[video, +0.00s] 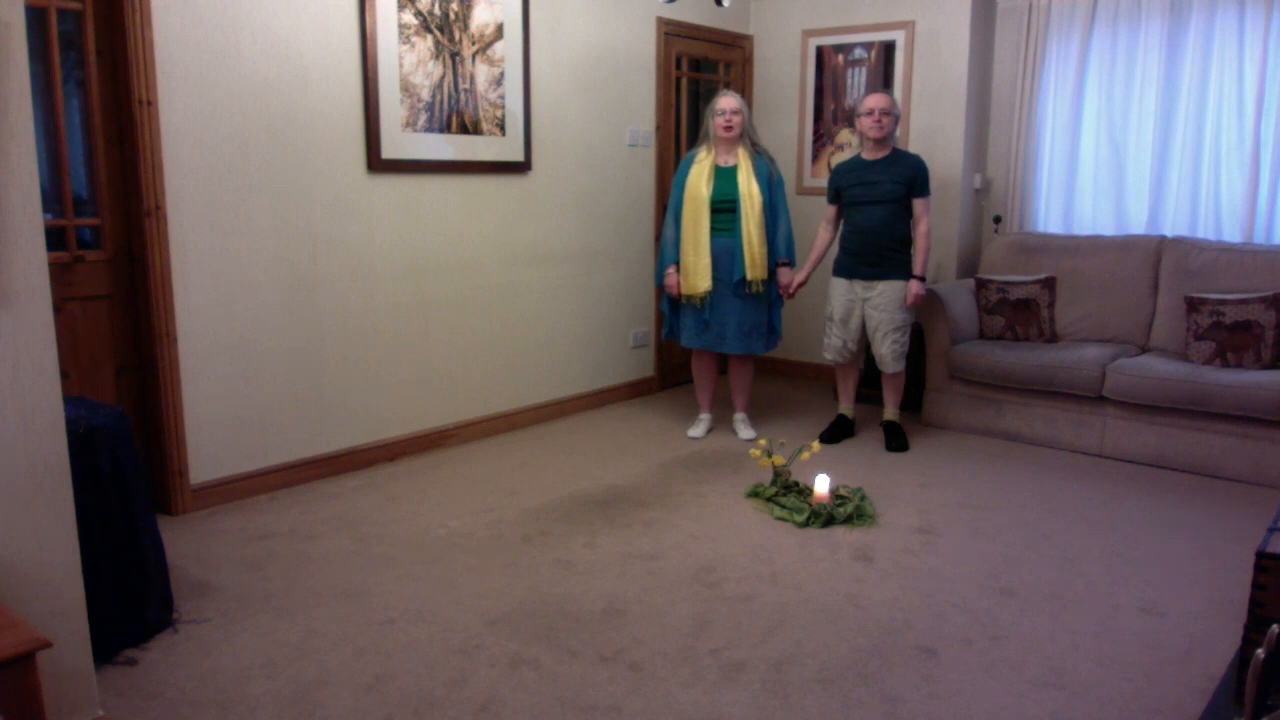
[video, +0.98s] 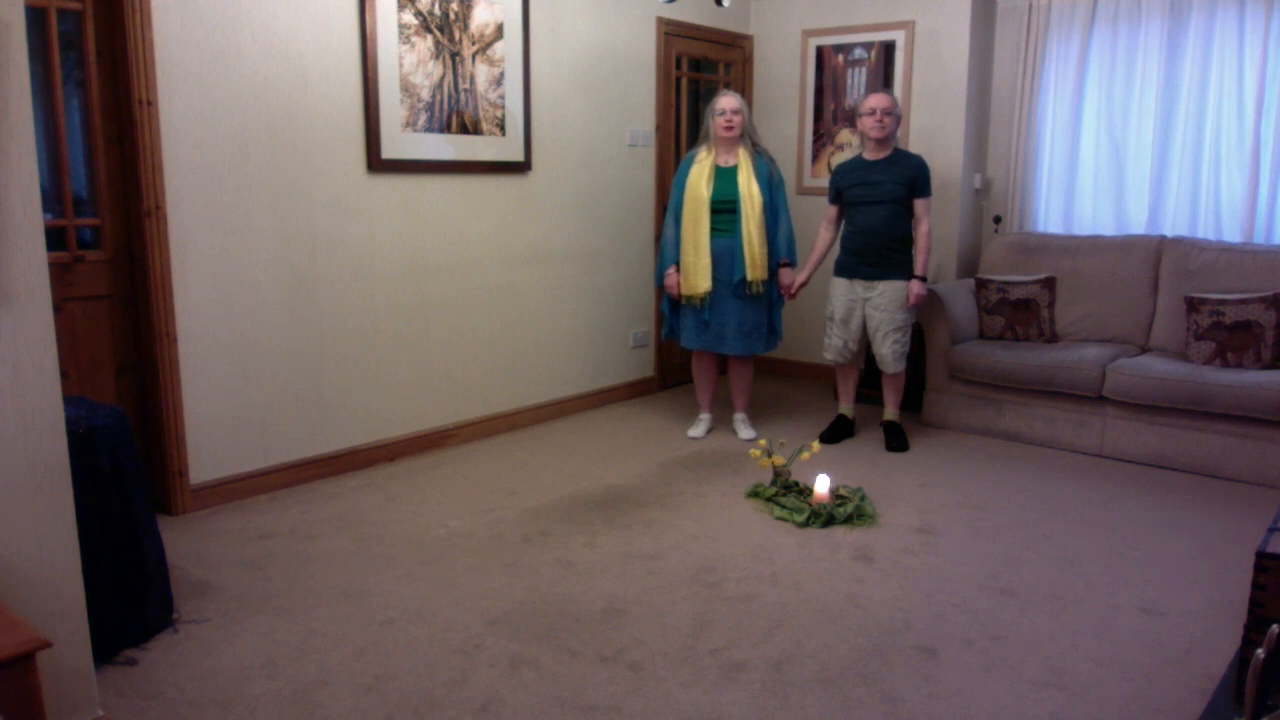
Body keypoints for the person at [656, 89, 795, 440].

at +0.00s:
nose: (727, 119)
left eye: (735, 113)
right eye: (720, 113)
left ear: (745, 119)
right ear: (710, 120)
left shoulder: (762, 163)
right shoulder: (692, 162)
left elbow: (779, 216)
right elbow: (674, 217)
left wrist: (783, 263)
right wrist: (670, 266)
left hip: (748, 268)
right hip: (700, 268)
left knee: (742, 344)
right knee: (702, 343)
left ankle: (741, 415)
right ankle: (704, 413)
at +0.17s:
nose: (728, 119)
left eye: (735, 113)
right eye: (721, 113)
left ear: (745, 119)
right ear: (710, 120)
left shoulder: (762, 163)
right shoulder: (692, 163)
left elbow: (779, 215)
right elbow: (674, 217)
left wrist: (784, 264)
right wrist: (670, 266)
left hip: (749, 268)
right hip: (700, 269)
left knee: (742, 344)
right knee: (702, 343)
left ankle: (741, 414)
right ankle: (704, 413)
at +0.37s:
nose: (728, 119)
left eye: (735, 113)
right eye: (721, 113)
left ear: (745, 119)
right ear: (710, 120)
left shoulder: (762, 164)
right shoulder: (692, 163)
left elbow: (779, 216)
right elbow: (674, 218)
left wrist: (784, 264)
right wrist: (670, 266)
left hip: (749, 269)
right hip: (700, 269)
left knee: (742, 344)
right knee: (702, 343)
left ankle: (741, 414)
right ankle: (704, 413)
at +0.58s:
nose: (728, 119)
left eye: (735, 113)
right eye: (721, 113)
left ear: (746, 119)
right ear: (710, 121)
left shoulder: (762, 164)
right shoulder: (692, 163)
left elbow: (779, 216)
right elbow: (674, 218)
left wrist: (785, 264)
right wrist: (670, 266)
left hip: (748, 268)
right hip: (700, 269)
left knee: (743, 344)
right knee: (702, 343)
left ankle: (741, 414)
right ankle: (704, 413)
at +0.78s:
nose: (728, 119)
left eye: (735, 113)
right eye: (721, 113)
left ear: (745, 119)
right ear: (710, 120)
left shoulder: (762, 164)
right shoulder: (692, 163)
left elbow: (779, 216)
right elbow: (674, 218)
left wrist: (785, 264)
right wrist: (670, 266)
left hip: (748, 268)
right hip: (700, 269)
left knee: (742, 344)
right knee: (702, 343)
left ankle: (741, 415)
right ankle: (704, 413)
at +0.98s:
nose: (728, 119)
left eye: (735, 113)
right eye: (721, 113)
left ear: (745, 119)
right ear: (710, 120)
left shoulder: (762, 164)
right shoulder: (692, 163)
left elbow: (779, 216)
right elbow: (674, 218)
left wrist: (785, 264)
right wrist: (670, 267)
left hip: (748, 268)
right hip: (700, 269)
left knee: (742, 344)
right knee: (702, 343)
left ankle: (741, 415)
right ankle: (704, 413)